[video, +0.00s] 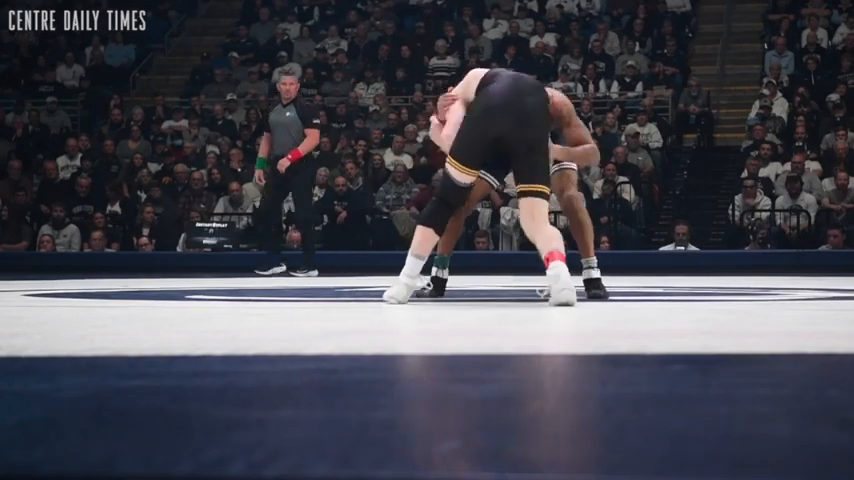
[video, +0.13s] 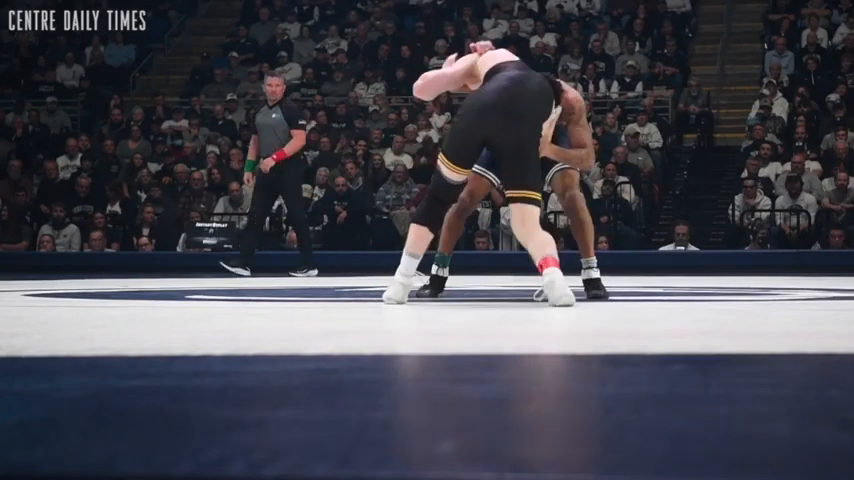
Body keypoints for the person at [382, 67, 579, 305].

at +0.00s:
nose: (450, 119)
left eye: (446, 114)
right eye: (446, 116)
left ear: (450, 100)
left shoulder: (460, 93)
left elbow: (450, 141)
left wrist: (436, 134)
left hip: (489, 108)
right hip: (535, 113)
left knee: (445, 201)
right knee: (536, 217)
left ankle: (406, 281)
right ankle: (559, 274)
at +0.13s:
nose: (458, 86)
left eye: (458, 80)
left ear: (464, 61)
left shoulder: (471, 63)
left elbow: (420, 89)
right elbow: (541, 144)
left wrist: (446, 67)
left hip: (496, 95)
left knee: (438, 197)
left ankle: (402, 281)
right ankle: (554, 277)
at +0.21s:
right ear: (553, 87)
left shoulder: (490, 44)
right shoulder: (549, 94)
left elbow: (424, 58)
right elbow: (535, 129)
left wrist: (469, 57)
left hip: (464, 106)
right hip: (510, 121)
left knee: (431, 194)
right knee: (520, 215)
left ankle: (399, 279)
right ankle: (553, 278)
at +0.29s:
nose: (561, 99)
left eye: (565, 94)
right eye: (562, 92)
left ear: (539, 54)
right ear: (552, 76)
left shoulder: (491, 36)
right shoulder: (539, 80)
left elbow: (435, 29)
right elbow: (544, 124)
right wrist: (563, 95)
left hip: (440, 101)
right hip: (486, 113)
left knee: (419, 190)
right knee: (518, 208)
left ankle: (396, 281)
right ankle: (553, 282)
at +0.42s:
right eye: (550, 59)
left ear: (525, 35)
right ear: (546, 55)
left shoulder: (491, 28)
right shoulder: (533, 69)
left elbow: (451, 32)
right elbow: (539, 107)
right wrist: (558, 74)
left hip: (431, 98)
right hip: (474, 109)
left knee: (414, 192)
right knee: (502, 201)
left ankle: (397, 281)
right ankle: (517, 280)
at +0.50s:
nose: (549, 56)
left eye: (549, 48)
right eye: (549, 50)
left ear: (520, 32)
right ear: (541, 48)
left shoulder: (492, 29)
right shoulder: (536, 69)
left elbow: (448, 37)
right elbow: (536, 110)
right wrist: (551, 72)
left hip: (436, 95)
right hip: (479, 104)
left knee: (417, 188)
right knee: (494, 197)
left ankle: (398, 281)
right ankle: (507, 283)